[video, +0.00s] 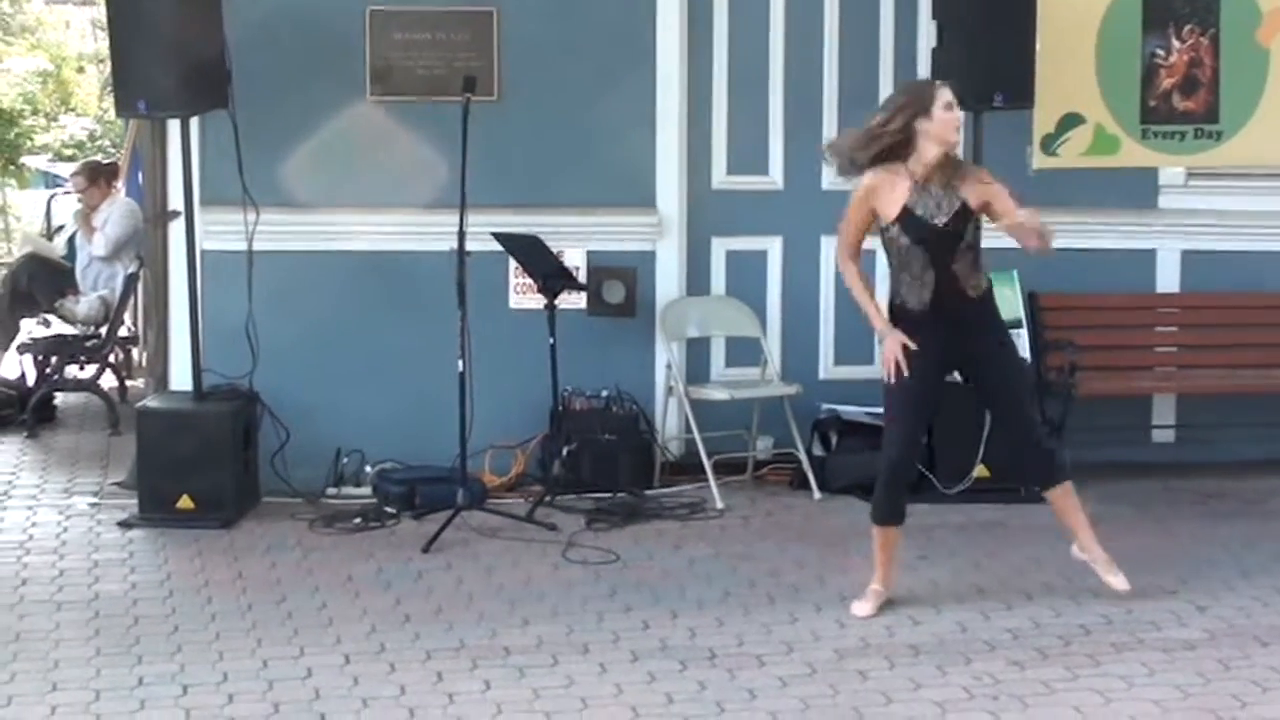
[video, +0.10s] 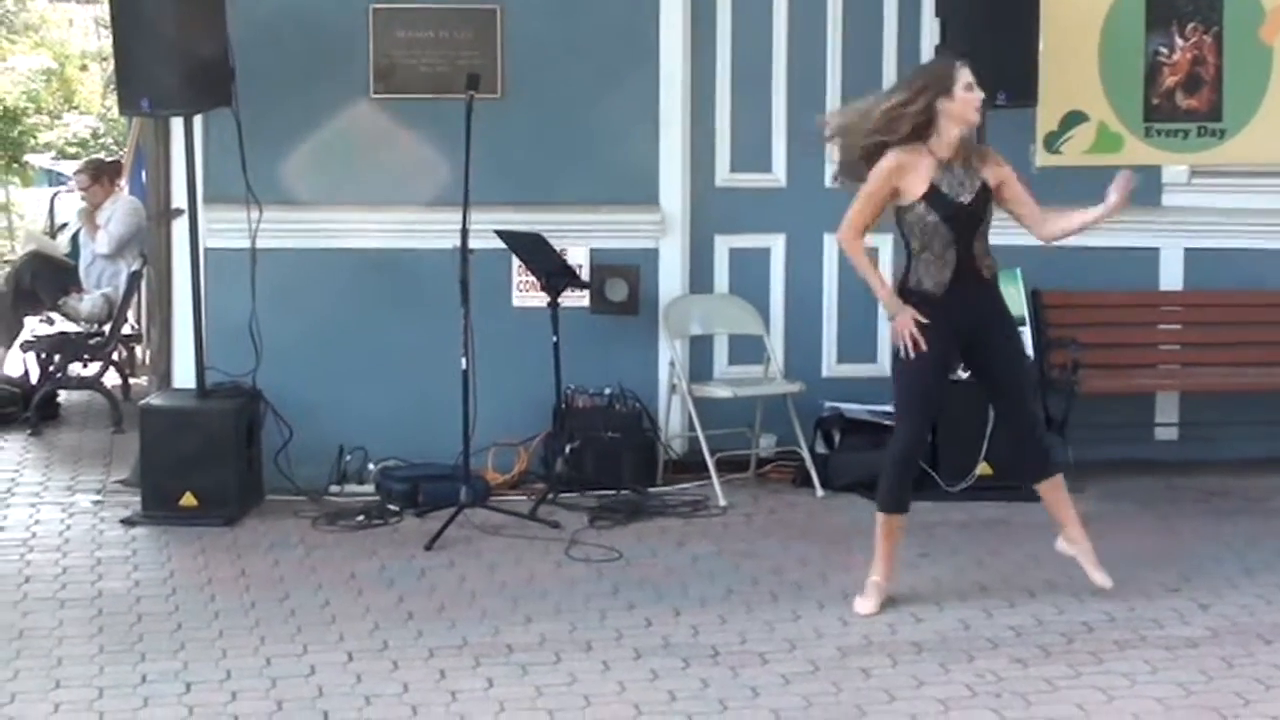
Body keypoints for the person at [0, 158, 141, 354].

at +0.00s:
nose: (79, 198)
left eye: (82, 192)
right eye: (77, 193)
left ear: (102, 185)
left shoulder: (126, 209)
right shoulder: (90, 214)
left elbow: (104, 248)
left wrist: (83, 223)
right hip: (84, 291)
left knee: (31, 265)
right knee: (14, 298)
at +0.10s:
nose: (82, 196)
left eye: (85, 189)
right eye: (80, 191)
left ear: (104, 183)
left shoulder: (129, 207)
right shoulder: (93, 212)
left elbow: (108, 246)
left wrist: (88, 224)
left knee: (36, 263)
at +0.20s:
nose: (80, 193)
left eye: (83, 187)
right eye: (77, 188)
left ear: (103, 180)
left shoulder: (127, 204)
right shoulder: (91, 210)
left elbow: (105, 243)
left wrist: (87, 220)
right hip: (84, 286)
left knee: (32, 260)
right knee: (14, 293)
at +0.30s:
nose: (78, 192)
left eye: (82, 186)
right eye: (76, 187)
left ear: (101, 180)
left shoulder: (126, 204)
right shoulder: (90, 209)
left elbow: (103, 242)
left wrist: (85, 217)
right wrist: (76, 284)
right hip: (84, 286)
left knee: (31, 259)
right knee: (13, 291)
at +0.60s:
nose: (76, 194)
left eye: (80, 187)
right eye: (74, 189)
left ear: (98, 181)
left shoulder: (124, 205)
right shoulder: (86, 211)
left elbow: (101, 244)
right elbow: (57, 248)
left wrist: (84, 219)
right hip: (78, 287)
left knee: (28, 261)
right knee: (12, 297)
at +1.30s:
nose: (74, 197)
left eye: (78, 190)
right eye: (72, 192)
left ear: (95, 184)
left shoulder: (122, 208)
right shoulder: (85, 211)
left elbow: (100, 246)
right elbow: (56, 248)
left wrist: (82, 223)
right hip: (77, 288)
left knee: (27, 263)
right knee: (9, 303)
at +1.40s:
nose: (74, 197)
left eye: (78, 191)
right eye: (72, 192)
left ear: (96, 184)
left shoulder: (121, 208)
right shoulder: (84, 211)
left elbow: (100, 247)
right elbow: (56, 248)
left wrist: (82, 223)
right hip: (75, 287)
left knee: (26, 263)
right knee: (10, 305)